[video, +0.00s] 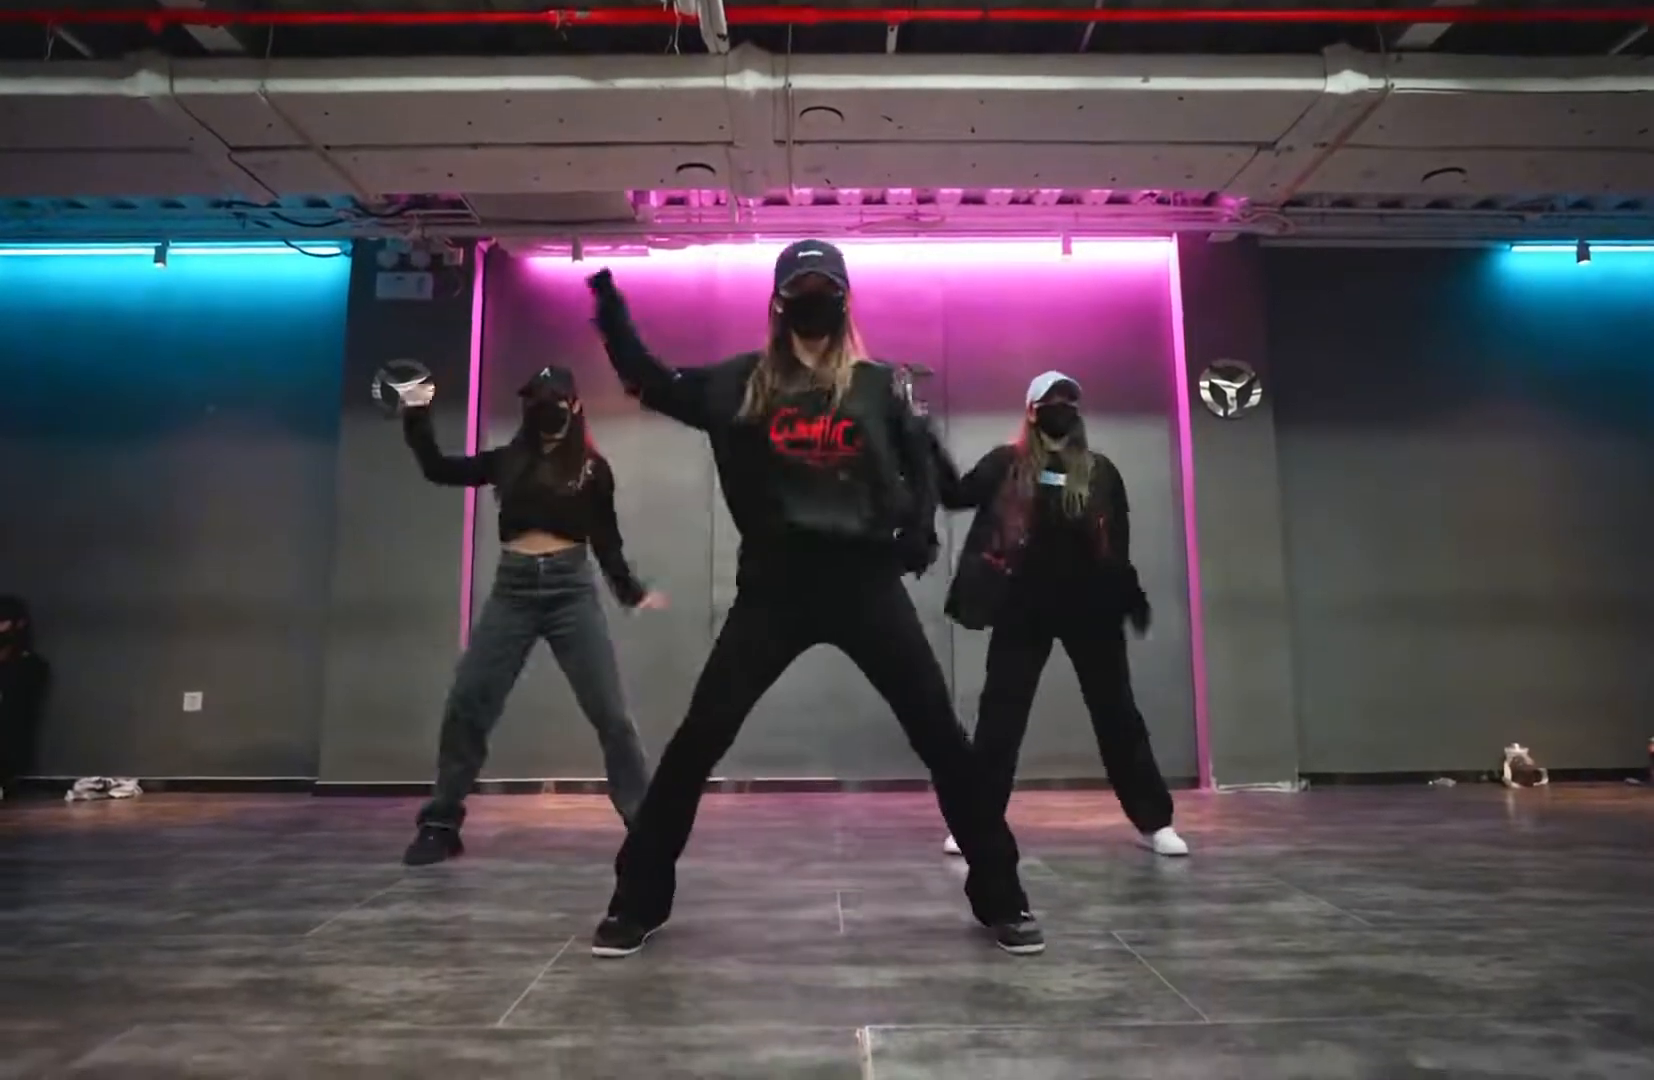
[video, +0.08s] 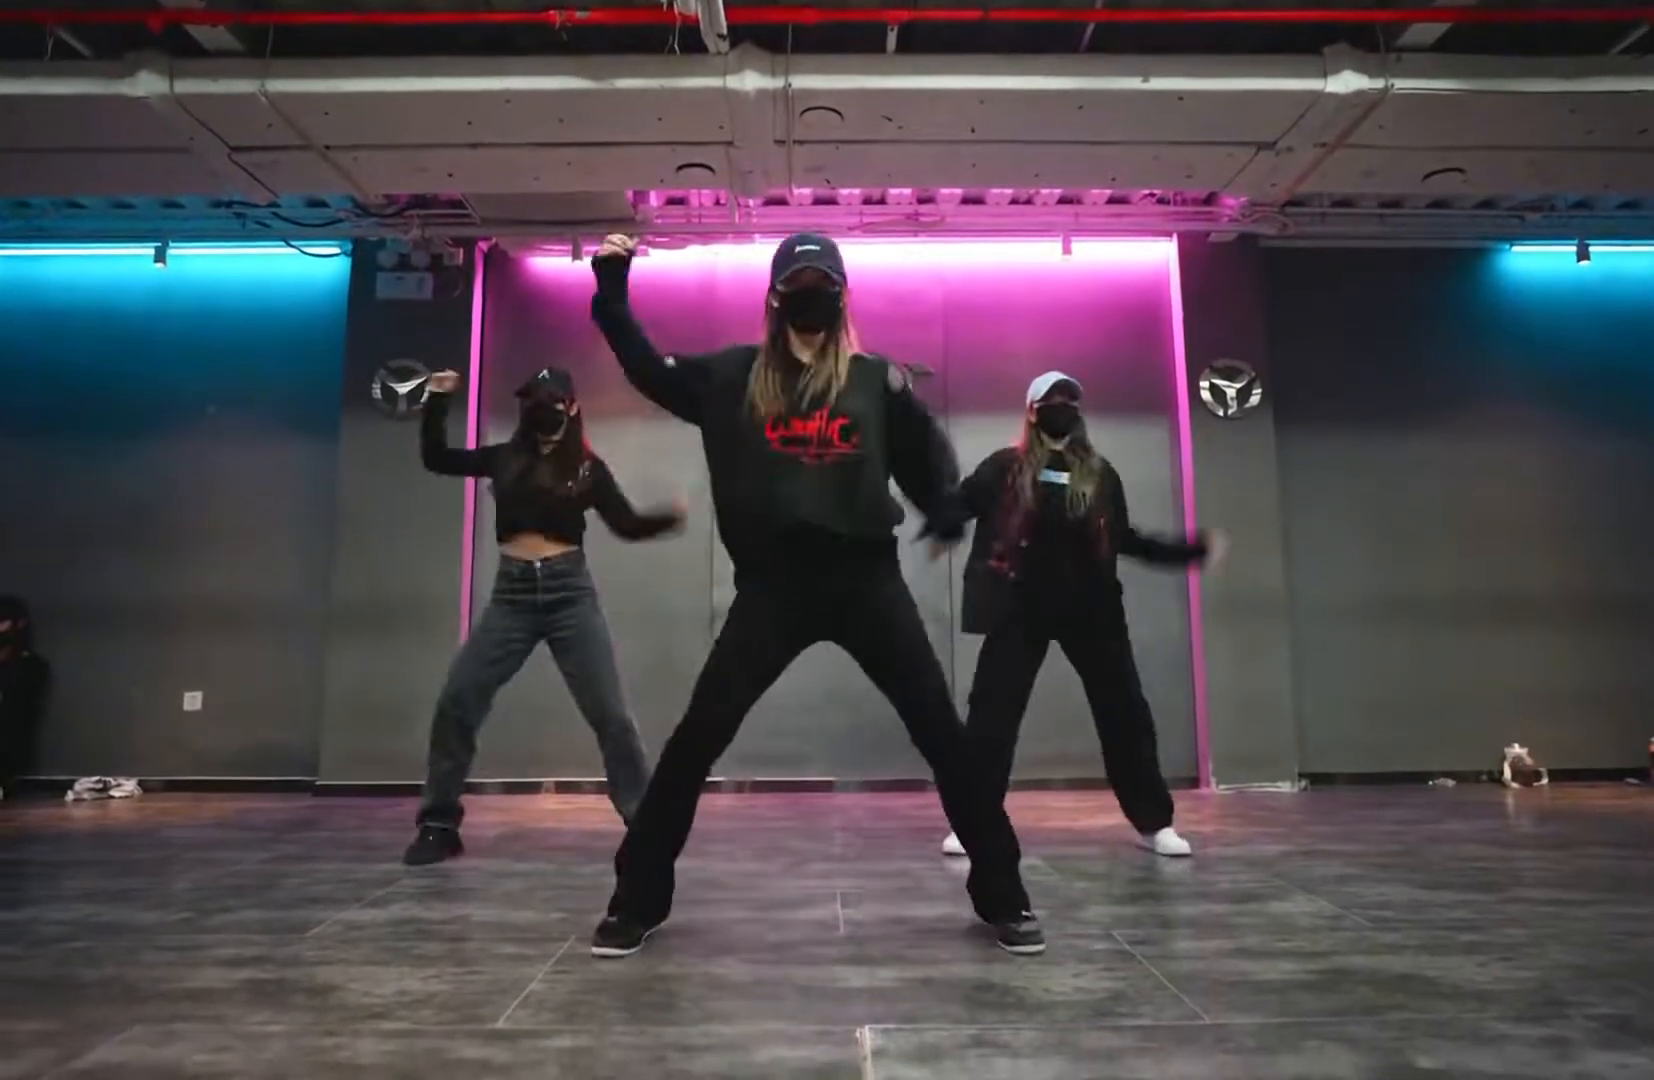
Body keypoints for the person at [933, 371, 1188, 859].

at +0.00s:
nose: (1063, 411)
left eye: (1069, 403)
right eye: (1053, 404)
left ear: (1079, 410)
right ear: (1034, 411)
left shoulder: (1100, 471)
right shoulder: (1007, 462)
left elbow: (1117, 546)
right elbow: (956, 494)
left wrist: (1132, 596)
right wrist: (921, 437)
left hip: (1091, 610)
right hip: (1023, 611)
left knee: (1117, 714)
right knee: (1000, 721)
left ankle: (1157, 823)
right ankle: (972, 830)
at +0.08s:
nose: (1061, 416)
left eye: (1068, 407)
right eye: (1051, 408)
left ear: (1080, 413)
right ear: (1032, 414)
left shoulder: (1099, 475)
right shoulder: (1005, 467)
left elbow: (1123, 539)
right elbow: (954, 508)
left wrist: (1189, 550)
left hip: (1091, 615)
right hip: (1019, 615)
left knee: (1125, 713)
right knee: (991, 721)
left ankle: (1155, 824)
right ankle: (970, 828)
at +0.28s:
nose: (1069, 460)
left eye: (1075, 450)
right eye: (1058, 451)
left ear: (1084, 455)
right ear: (1036, 458)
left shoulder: (1108, 516)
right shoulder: (1010, 515)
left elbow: (1151, 560)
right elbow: (963, 565)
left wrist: (1148, 601)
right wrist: (949, 622)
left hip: (1088, 647)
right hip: (1028, 648)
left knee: (1104, 733)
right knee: (1027, 742)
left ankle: (1160, 819)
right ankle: (957, 817)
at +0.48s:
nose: (1066, 455)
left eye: (1074, 445)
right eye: (1055, 445)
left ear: (1087, 449)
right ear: (1037, 450)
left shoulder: (1105, 503)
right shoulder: (1020, 506)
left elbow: (1122, 577)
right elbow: (1013, 575)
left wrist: (1128, 642)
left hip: (1094, 629)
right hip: (1027, 631)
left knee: (1162, 710)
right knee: (998, 722)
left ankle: (1155, 820)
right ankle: (959, 820)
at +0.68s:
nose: (1116, 429)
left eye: (1115, 421)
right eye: (1109, 421)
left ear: (1089, 421)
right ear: (1085, 422)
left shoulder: (1109, 483)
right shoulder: (1049, 474)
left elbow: (1134, 570)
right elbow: (1059, 548)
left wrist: (1156, 633)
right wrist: (1144, 546)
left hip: (1097, 616)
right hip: (1040, 617)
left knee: (1167, 698)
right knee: (1008, 710)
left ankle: (1157, 818)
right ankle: (960, 821)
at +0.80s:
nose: (1111, 430)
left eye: (1112, 423)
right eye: (1105, 422)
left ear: (1084, 422)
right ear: (1078, 422)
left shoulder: (1095, 471)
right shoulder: (1046, 470)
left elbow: (1115, 539)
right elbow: (1056, 544)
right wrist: (1137, 542)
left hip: (1095, 619)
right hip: (1039, 619)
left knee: (1166, 698)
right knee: (1006, 711)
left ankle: (1157, 819)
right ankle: (960, 822)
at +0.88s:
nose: (1097, 430)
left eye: (1100, 422)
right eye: (1087, 422)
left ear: (1091, 423)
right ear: (1059, 422)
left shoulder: (1095, 474)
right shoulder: (1035, 476)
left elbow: (1119, 539)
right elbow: (1050, 541)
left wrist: (1094, 521)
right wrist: (1126, 544)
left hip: (1094, 620)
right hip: (1035, 621)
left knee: (1164, 699)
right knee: (1004, 712)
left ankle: (1157, 820)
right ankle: (959, 823)